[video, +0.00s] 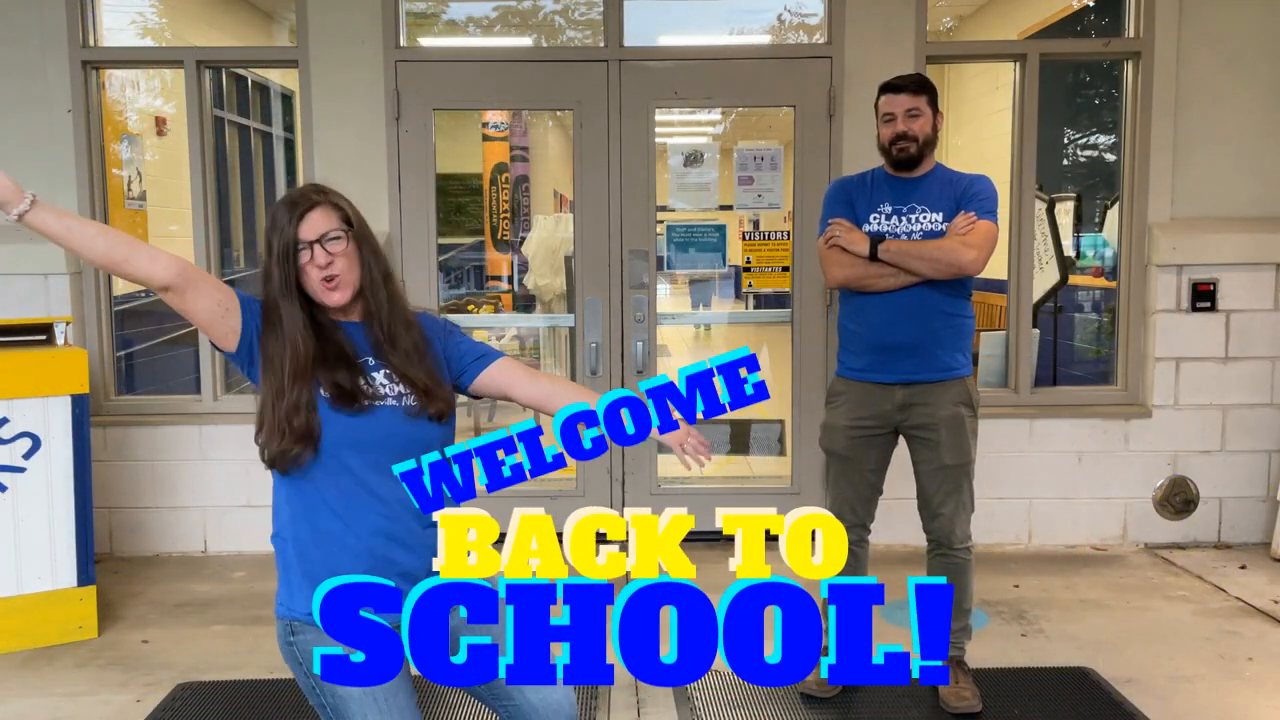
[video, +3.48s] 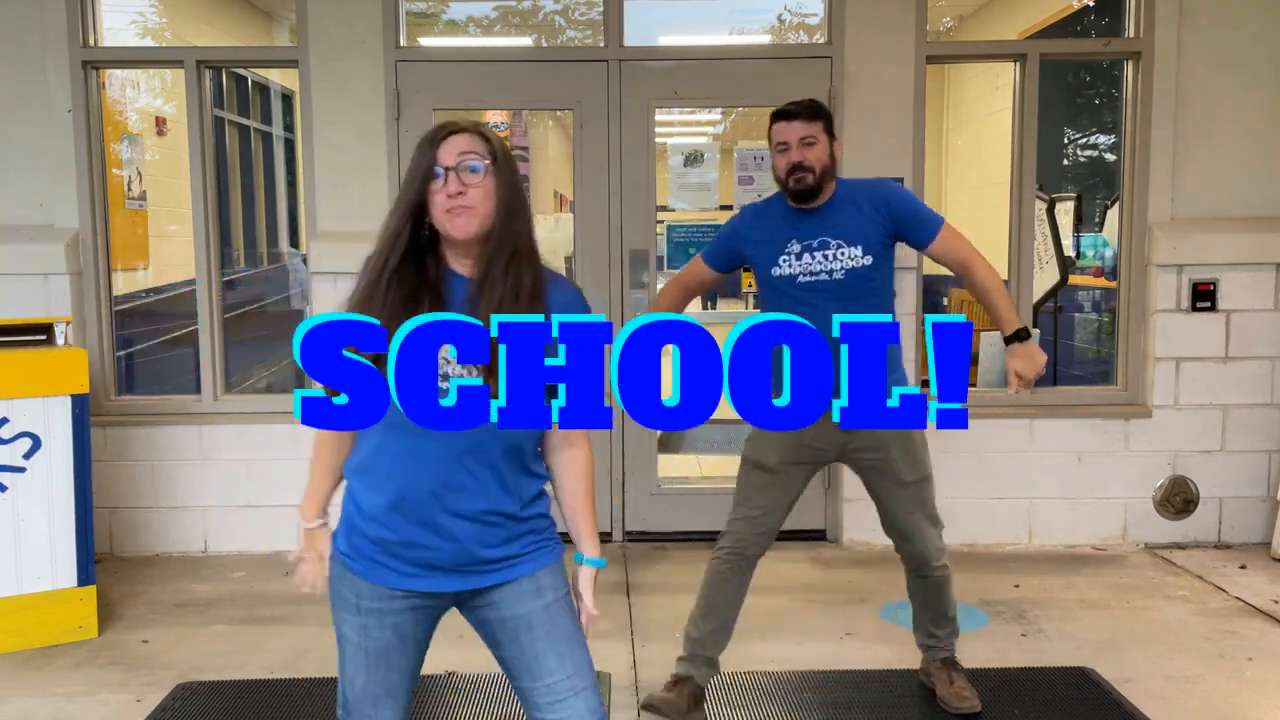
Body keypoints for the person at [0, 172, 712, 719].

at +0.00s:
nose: (321, 259)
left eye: (332, 241)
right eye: (304, 251)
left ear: (363, 247)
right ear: (288, 269)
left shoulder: (420, 338)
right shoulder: (276, 340)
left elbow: (539, 389)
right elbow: (165, 273)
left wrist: (652, 417)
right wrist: (37, 214)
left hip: (445, 599)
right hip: (337, 618)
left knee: (560, 689)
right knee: (384, 718)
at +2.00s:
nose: (336, 256)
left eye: (349, 239)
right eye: (318, 245)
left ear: (375, 252)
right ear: (295, 264)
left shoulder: (416, 344)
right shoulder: (273, 333)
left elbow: (530, 398)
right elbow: (179, 251)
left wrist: (640, 422)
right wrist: (50, 169)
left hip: (419, 596)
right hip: (312, 607)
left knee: (541, 698)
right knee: (374, 707)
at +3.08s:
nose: (355, 226)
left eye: (371, 213)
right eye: (339, 215)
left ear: (397, 232)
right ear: (317, 237)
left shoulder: (447, 319)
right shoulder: (288, 312)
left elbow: (552, 384)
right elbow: (158, 302)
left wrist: (670, 441)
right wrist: (23, 267)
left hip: (442, 564)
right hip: (326, 570)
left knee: (544, 674)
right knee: (355, 704)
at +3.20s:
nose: (378, 197)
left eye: (395, 186)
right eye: (361, 188)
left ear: (422, 214)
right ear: (339, 217)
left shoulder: (469, 308)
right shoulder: (297, 297)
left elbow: (566, 398)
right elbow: (155, 342)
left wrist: (671, 471)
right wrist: (12, 369)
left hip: (458, 557)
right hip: (332, 570)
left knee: (550, 686)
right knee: (354, 712)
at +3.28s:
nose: (396, 175)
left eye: (414, 163)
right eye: (382, 164)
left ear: (445, 187)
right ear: (361, 187)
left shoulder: (484, 288)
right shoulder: (318, 274)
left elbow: (565, 396)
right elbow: (207, 362)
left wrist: (650, 495)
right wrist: (82, 444)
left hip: (470, 538)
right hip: (344, 550)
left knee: (553, 698)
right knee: (361, 710)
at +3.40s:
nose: (425, 173)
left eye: (443, 157)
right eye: (410, 162)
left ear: (476, 175)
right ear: (393, 186)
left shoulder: (525, 289)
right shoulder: (358, 269)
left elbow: (558, 420)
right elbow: (301, 381)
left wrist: (602, 526)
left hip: (486, 536)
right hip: (362, 539)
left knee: (555, 710)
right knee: (362, 713)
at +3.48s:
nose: (453, 184)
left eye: (472, 170)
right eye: (438, 174)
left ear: (505, 188)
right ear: (423, 198)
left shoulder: (551, 299)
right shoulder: (385, 293)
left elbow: (568, 437)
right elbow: (340, 408)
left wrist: (589, 554)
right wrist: (312, 517)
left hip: (514, 554)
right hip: (383, 556)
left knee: (577, 710)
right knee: (370, 713)